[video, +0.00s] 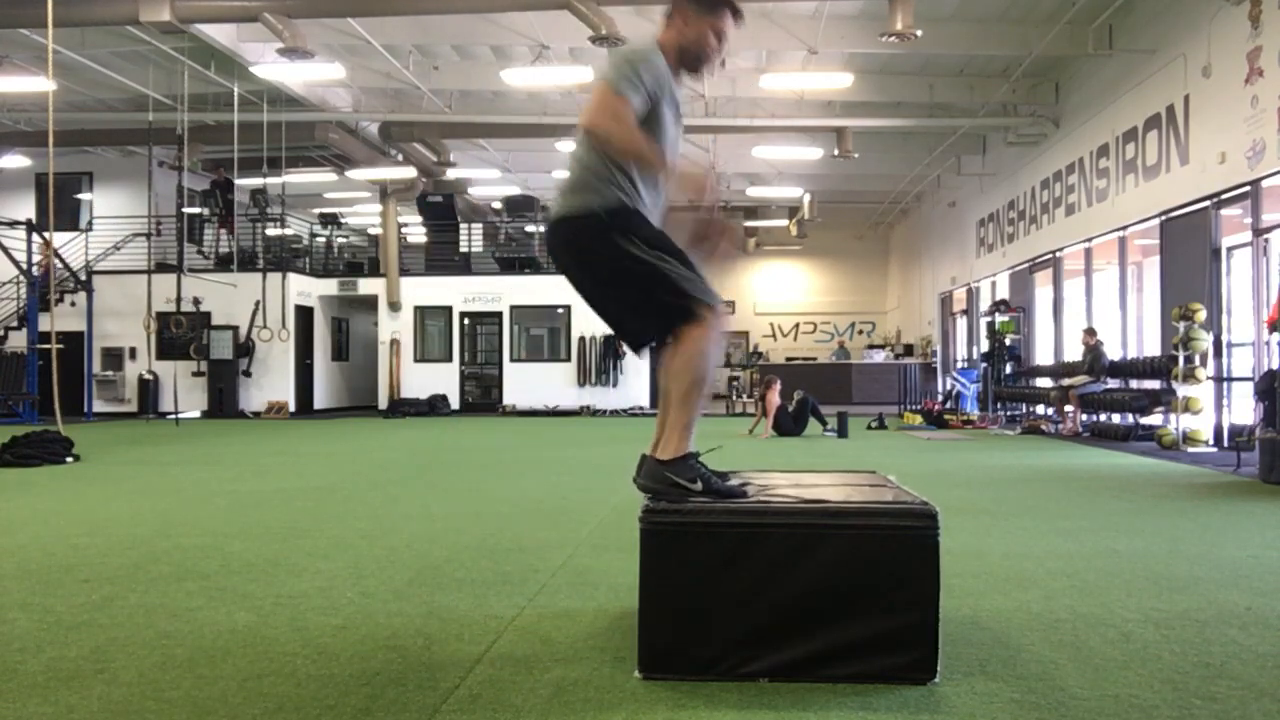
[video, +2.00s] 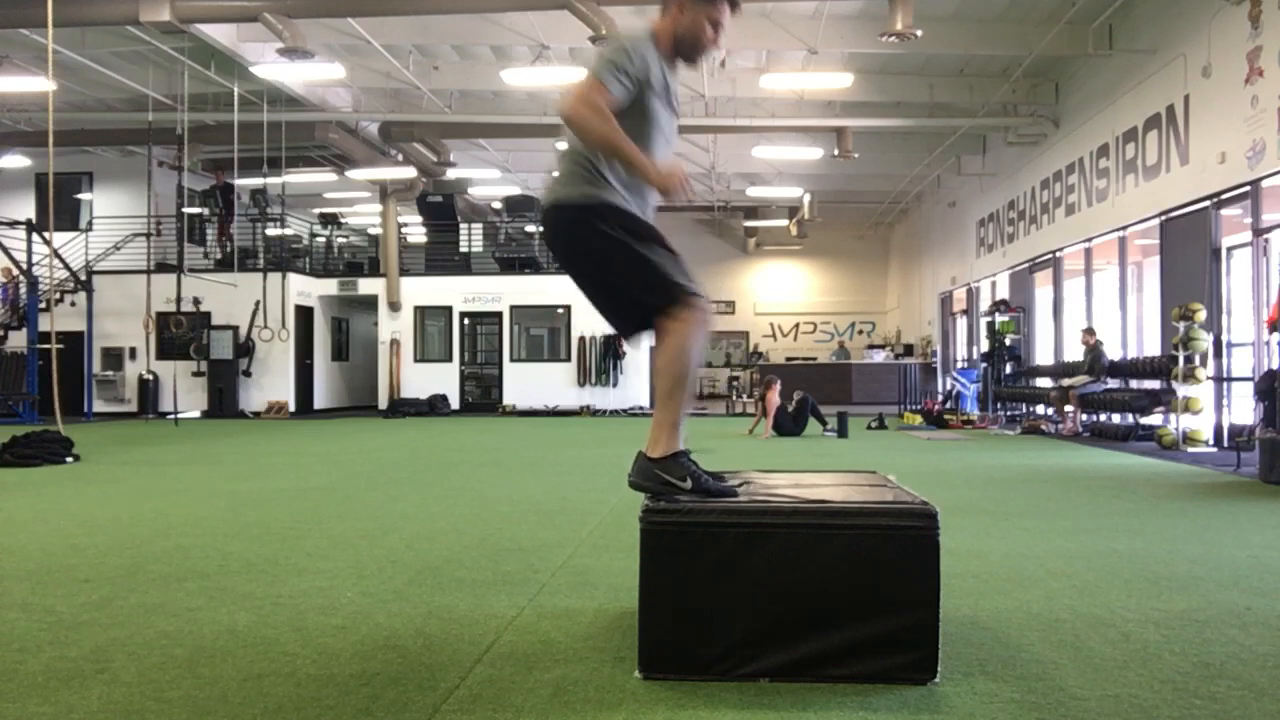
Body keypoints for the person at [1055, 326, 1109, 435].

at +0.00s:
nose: (1082, 339)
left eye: (1085, 337)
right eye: (1083, 336)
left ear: (1092, 338)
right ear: (1089, 338)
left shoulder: (1099, 353)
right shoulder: (1087, 351)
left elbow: (1097, 377)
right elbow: (1084, 370)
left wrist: (1076, 380)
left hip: (1098, 382)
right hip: (1086, 380)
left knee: (1073, 393)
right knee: (1057, 395)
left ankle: (1076, 426)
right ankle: (1066, 425)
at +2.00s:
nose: (1082, 339)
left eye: (1084, 337)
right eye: (1082, 336)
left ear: (1092, 338)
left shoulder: (1099, 353)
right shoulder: (1087, 351)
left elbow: (1096, 377)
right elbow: (1085, 372)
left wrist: (1074, 381)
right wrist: (1071, 380)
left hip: (1099, 382)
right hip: (1086, 380)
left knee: (1074, 393)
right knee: (1055, 395)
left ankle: (1076, 426)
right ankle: (1067, 425)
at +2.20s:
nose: (1082, 339)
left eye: (1084, 337)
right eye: (1082, 336)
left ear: (1093, 338)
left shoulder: (1099, 353)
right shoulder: (1087, 351)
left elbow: (1097, 377)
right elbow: (1085, 371)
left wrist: (1075, 381)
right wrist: (1071, 380)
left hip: (1099, 382)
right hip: (1086, 379)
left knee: (1074, 393)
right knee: (1055, 395)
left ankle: (1076, 426)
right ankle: (1067, 425)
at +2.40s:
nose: (1082, 339)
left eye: (1084, 336)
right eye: (1082, 336)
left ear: (1092, 337)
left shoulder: (1099, 353)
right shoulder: (1087, 351)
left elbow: (1097, 377)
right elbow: (1085, 371)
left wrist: (1074, 381)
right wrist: (1071, 380)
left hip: (1099, 382)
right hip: (1086, 379)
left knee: (1074, 393)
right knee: (1055, 395)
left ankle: (1076, 426)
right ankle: (1067, 425)